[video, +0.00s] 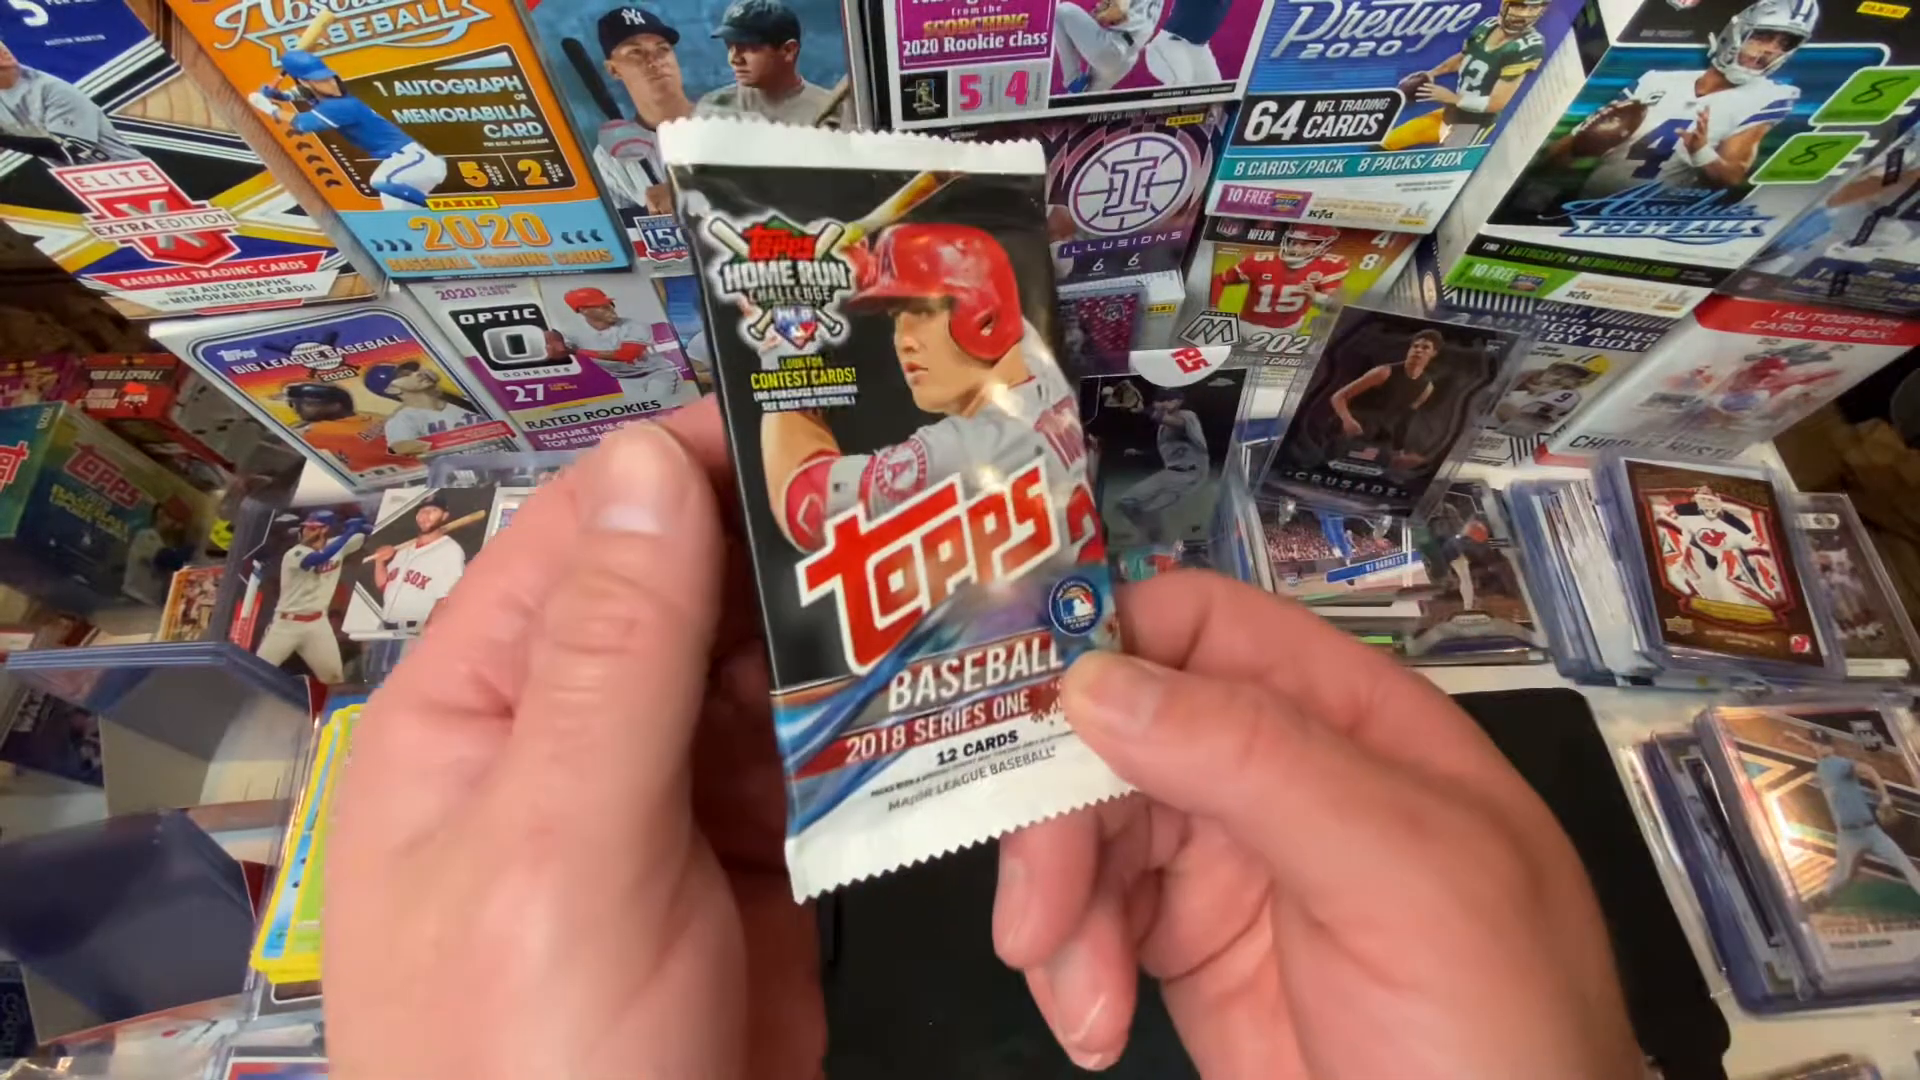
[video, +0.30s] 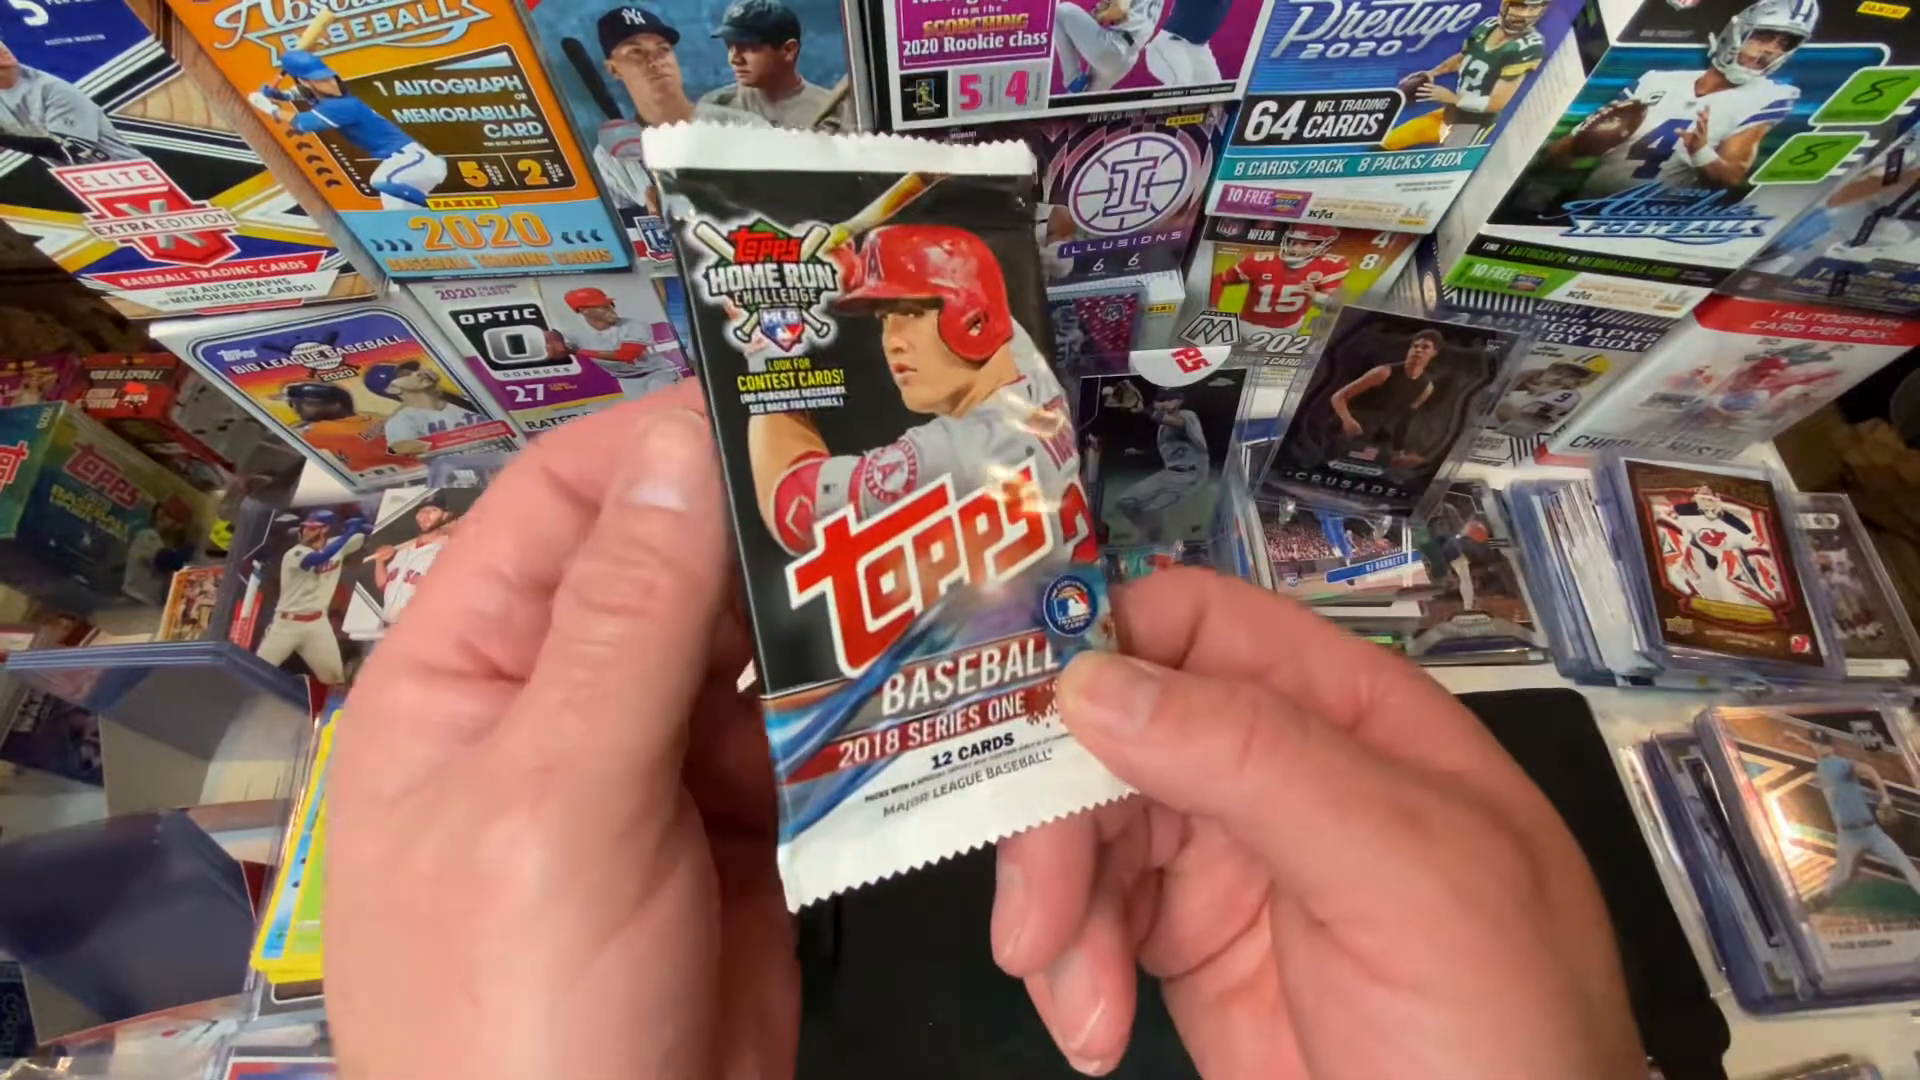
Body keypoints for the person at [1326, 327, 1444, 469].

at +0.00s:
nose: (1418, 350)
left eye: (1425, 347)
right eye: (1415, 346)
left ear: (1433, 354)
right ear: (1409, 349)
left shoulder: (1426, 389)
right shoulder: (1384, 373)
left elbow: (1404, 418)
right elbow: (1338, 397)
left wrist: (1399, 452)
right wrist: (1348, 421)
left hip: (1384, 441)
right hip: (1356, 436)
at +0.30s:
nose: (1418, 350)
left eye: (1425, 347)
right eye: (1415, 346)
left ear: (1433, 354)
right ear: (1409, 349)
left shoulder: (1426, 389)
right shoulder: (1384, 373)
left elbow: (1404, 417)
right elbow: (1338, 397)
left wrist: (1399, 453)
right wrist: (1348, 421)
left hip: (1383, 441)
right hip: (1356, 436)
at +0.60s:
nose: (1418, 350)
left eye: (1425, 347)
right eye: (1415, 346)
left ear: (1434, 354)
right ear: (1410, 349)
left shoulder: (1426, 389)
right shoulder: (1383, 373)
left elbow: (1404, 418)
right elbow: (1338, 397)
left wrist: (1399, 453)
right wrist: (1347, 419)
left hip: (1379, 436)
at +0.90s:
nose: (1418, 350)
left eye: (1425, 347)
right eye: (1416, 346)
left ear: (1434, 354)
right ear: (1410, 349)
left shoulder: (1426, 389)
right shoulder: (1384, 373)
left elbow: (1404, 418)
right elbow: (1338, 397)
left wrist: (1399, 453)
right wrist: (1347, 420)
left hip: (1379, 436)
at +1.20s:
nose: (1418, 350)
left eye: (1425, 347)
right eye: (1416, 346)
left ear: (1433, 354)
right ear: (1410, 349)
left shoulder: (1426, 389)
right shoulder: (1384, 373)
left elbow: (1404, 418)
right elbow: (1338, 397)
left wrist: (1400, 452)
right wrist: (1347, 420)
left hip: (1382, 441)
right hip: (1354, 435)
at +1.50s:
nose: (1418, 350)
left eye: (1425, 347)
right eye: (1415, 346)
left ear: (1433, 354)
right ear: (1409, 349)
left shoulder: (1426, 389)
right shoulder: (1384, 373)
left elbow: (1404, 419)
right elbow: (1338, 397)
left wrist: (1399, 452)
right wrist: (1347, 420)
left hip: (1382, 442)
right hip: (1354, 435)